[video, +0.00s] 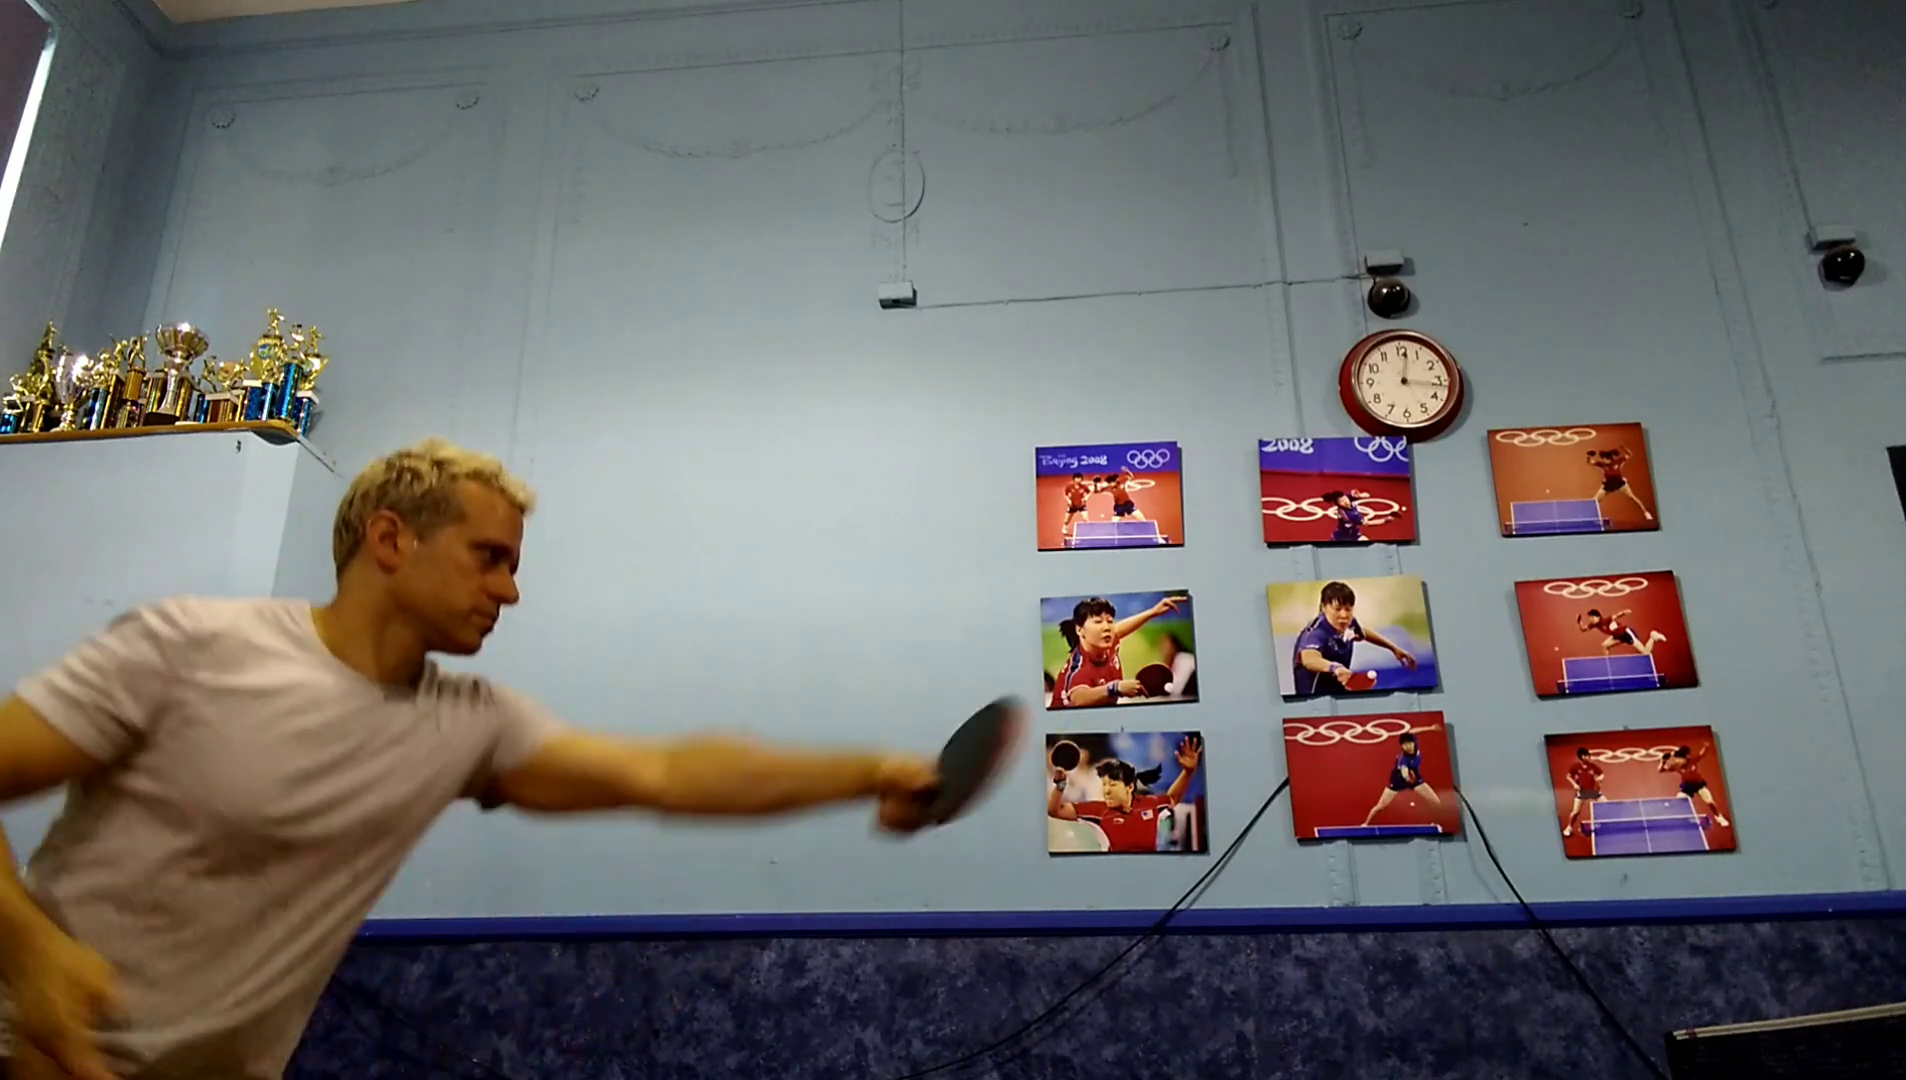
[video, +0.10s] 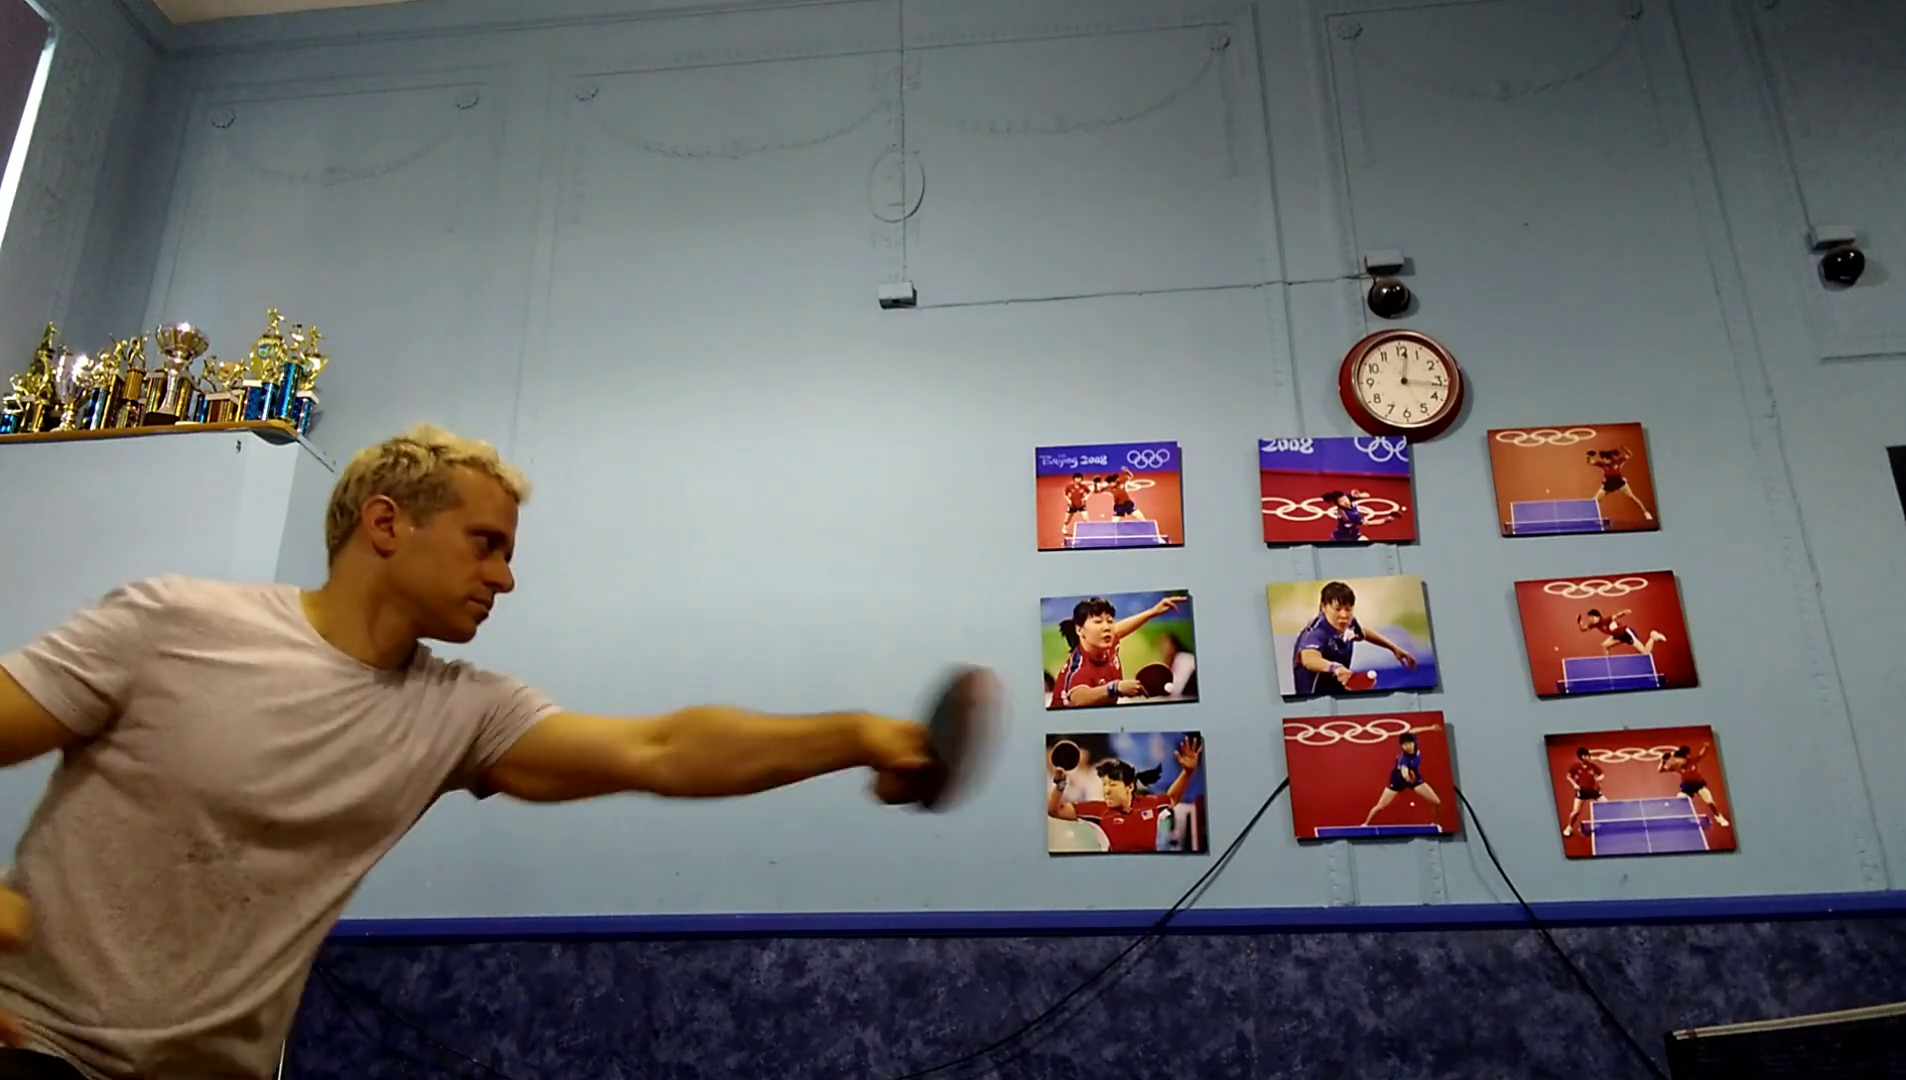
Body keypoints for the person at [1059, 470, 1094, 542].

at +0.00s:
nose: (1078, 480)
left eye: (1079, 479)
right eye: (1077, 479)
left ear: (1081, 479)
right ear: (1074, 479)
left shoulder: (1083, 487)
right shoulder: (1070, 487)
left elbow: (1089, 492)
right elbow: (1065, 494)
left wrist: (1085, 498)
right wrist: (1068, 500)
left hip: (1081, 505)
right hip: (1072, 505)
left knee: (1086, 519)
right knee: (1067, 520)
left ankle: (1089, 530)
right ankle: (1064, 528)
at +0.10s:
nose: (1078, 480)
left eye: (1079, 479)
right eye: (1077, 479)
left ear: (1081, 479)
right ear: (1074, 479)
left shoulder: (1083, 487)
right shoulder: (1070, 487)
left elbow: (1089, 492)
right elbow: (1065, 494)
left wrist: (1085, 498)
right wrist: (1068, 500)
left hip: (1081, 505)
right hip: (1072, 505)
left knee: (1086, 519)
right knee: (1066, 520)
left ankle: (1090, 530)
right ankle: (1064, 529)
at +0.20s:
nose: (1078, 480)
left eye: (1079, 479)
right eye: (1077, 479)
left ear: (1081, 479)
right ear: (1074, 479)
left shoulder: (1083, 487)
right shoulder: (1070, 487)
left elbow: (1089, 492)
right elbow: (1065, 494)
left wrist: (1085, 498)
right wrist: (1068, 500)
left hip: (1081, 505)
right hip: (1072, 505)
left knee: (1086, 519)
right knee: (1066, 520)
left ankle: (1090, 531)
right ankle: (1064, 528)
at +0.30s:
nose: (1078, 481)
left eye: (1079, 479)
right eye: (1077, 479)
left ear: (1081, 480)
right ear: (1074, 480)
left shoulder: (1083, 487)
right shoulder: (1070, 487)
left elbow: (1089, 492)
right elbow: (1065, 494)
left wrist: (1085, 498)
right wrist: (1068, 500)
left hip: (1081, 505)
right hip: (1072, 505)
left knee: (1086, 519)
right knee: (1066, 520)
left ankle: (1090, 531)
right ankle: (1064, 529)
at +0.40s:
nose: (1078, 481)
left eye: (1080, 479)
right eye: (1077, 479)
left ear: (1081, 480)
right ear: (1074, 480)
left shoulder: (1083, 487)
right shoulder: (1070, 487)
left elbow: (1089, 492)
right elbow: (1065, 494)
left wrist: (1085, 498)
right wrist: (1068, 500)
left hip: (1081, 505)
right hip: (1072, 505)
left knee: (1086, 519)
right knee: (1067, 520)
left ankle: (1089, 530)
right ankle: (1064, 529)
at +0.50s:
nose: (1078, 481)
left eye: (1080, 479)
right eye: (1077, 479)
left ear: (1081, 480)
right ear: (1074, 480)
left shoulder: (1083, 487)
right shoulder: (1070, 487)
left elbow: (1089, 492)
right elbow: (1065, 494)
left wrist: (1085, 498)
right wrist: (1068, 500)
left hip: (1081, 505)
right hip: (1072, 505)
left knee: (1086, 519)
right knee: (1067, 520)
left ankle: (1089, 530)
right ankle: (1064, 529)